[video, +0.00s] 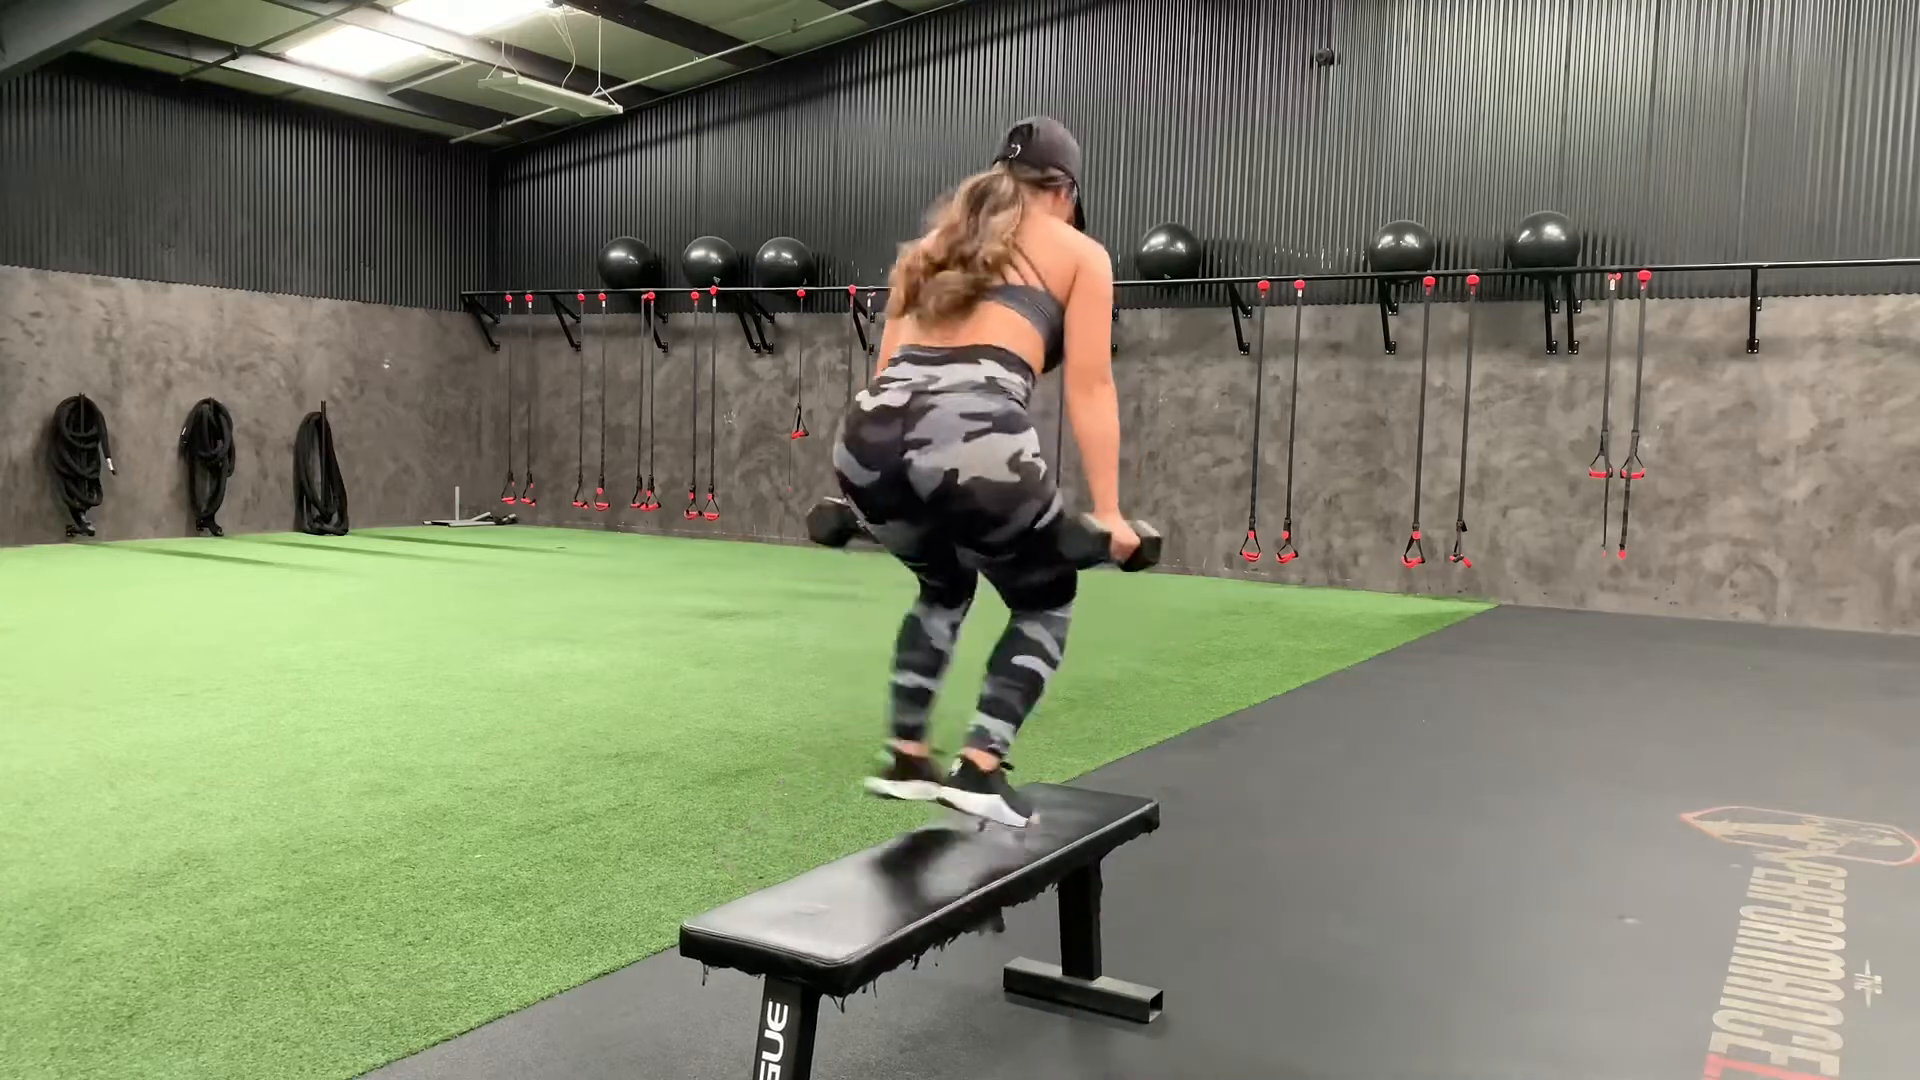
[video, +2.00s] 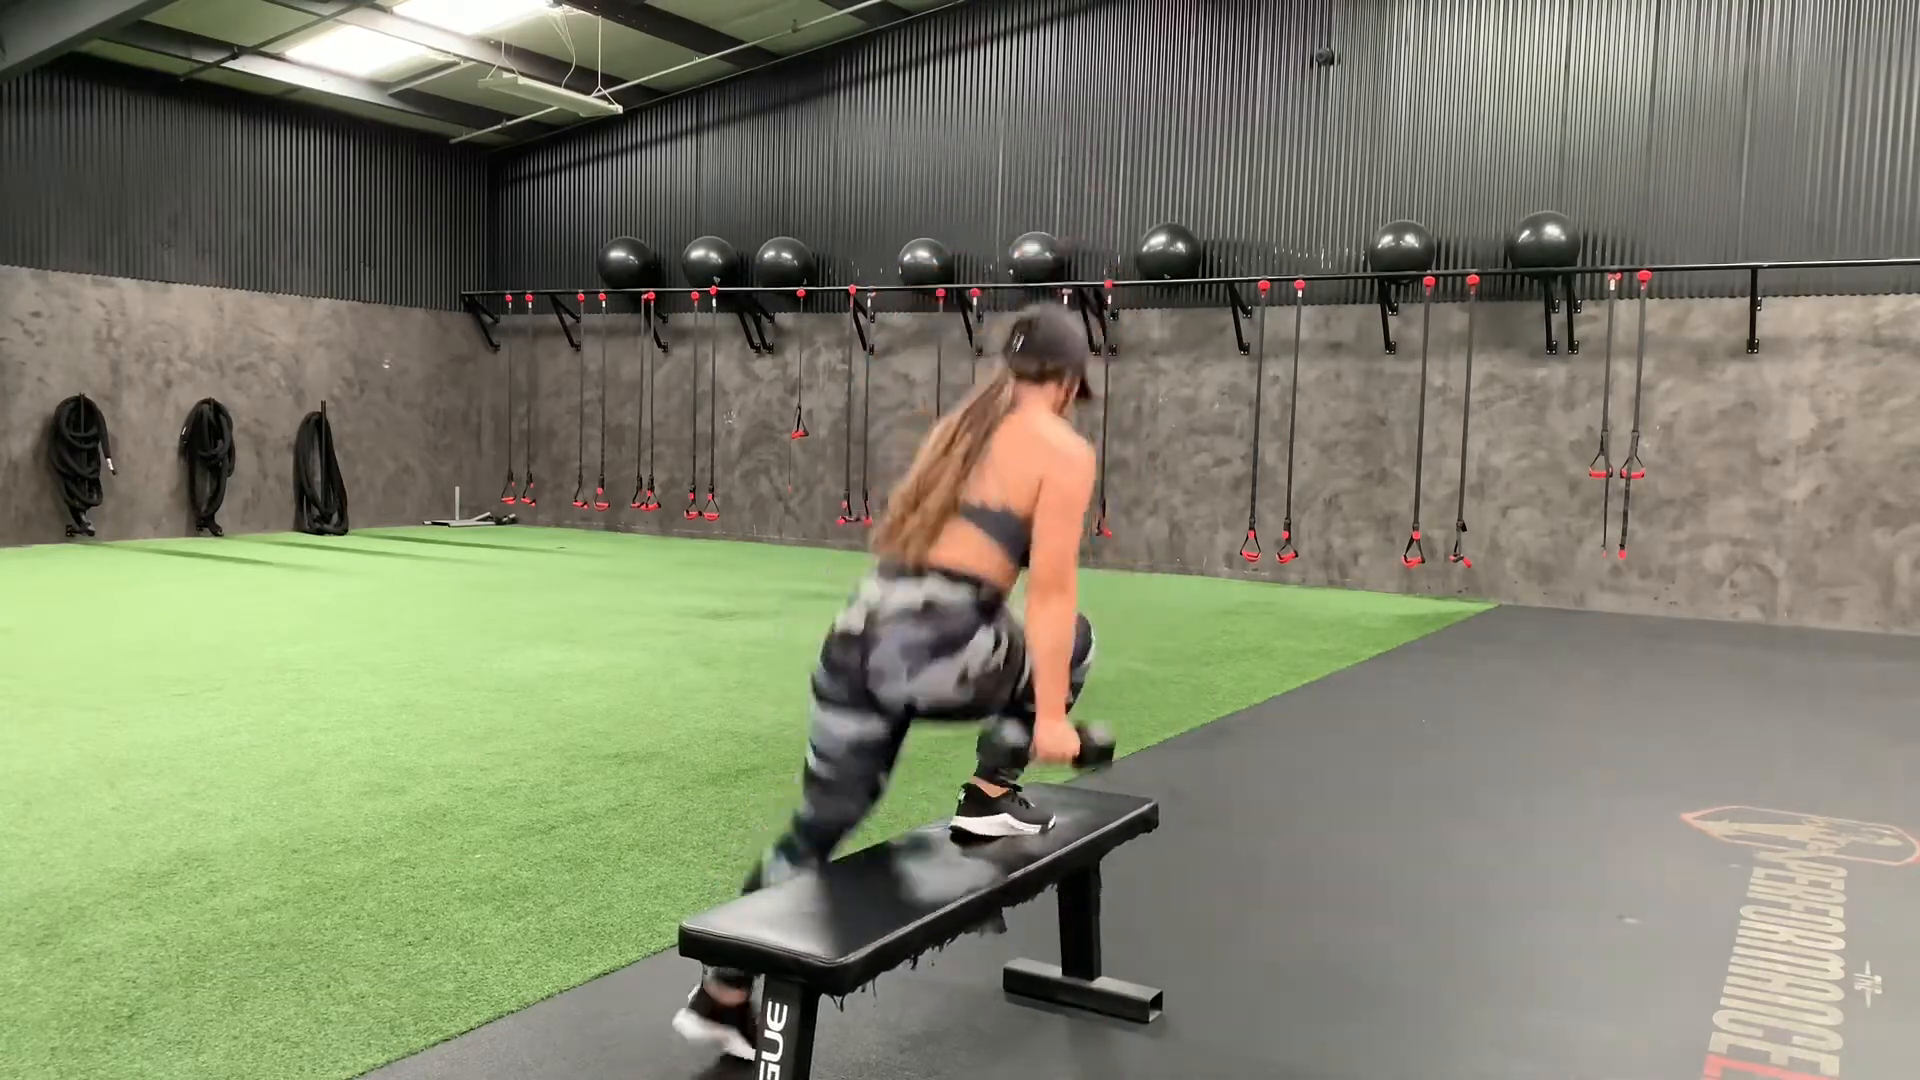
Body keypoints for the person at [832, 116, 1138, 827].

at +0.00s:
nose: (1070, 210)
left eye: (1069, 198)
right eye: (1071, 198)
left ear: (997, 182)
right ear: (1060, 193)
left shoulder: (930, 245)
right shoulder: (1077, 251)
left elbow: (886, 367)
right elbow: (1089, 388)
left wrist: (854, 487)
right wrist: (1108, 511)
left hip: (872, 445)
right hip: (979, 442)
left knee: (945, 583)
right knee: (1043, 600)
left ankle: (906, 756)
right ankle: (979, 768)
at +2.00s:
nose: (1077, 393)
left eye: (1074, 381)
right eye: (1078, 381)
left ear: (1011, 369)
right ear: (1070, 380)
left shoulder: (957, 425)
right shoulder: (1063, 450)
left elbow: (929, 538)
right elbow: (1053, 593)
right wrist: (1051, 717)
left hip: (857, 647)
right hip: (941, 653)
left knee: (817, 827)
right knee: (1070, 639)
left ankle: (724, 992)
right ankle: (989, 797)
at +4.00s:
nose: (1097, 243)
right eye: (1098, 230)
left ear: (1021, 223)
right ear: (1098, 231)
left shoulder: (953, 288)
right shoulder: (1120, 303)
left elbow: (906, 407)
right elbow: (1121, 433)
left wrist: (866, 509)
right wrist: (1128, 560)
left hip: (909, 470)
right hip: (1016, 470)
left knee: (966, 608)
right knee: (1060, 681)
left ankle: (988, 783)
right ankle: (1070, 870)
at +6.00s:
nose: (1097, 285)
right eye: (1102, 273)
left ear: (1022, 257)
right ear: (1095, 270)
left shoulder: (958, 332)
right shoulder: (1117, 338)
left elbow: (915, 459)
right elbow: (1137, 469)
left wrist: (900, 567)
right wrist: (1158, 587)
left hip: (939, 519)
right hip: (1046, 519)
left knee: (990, 619)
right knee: (1088, 745)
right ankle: (1109, 944)